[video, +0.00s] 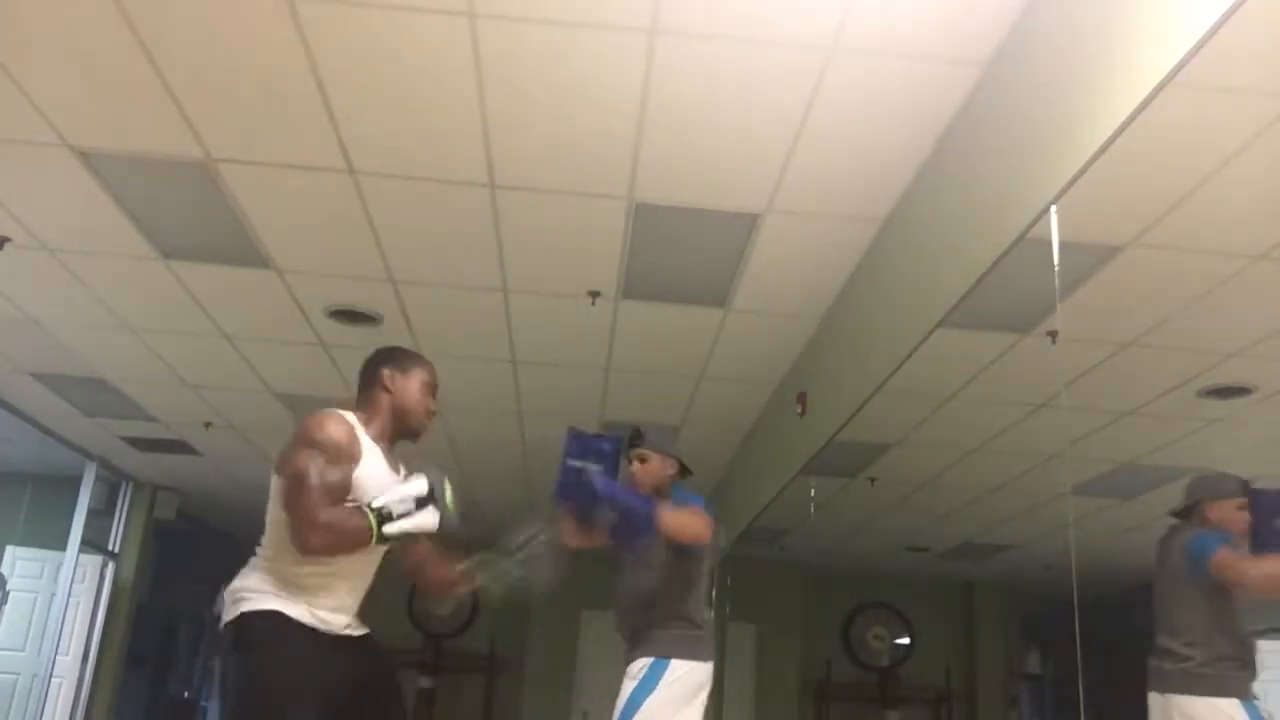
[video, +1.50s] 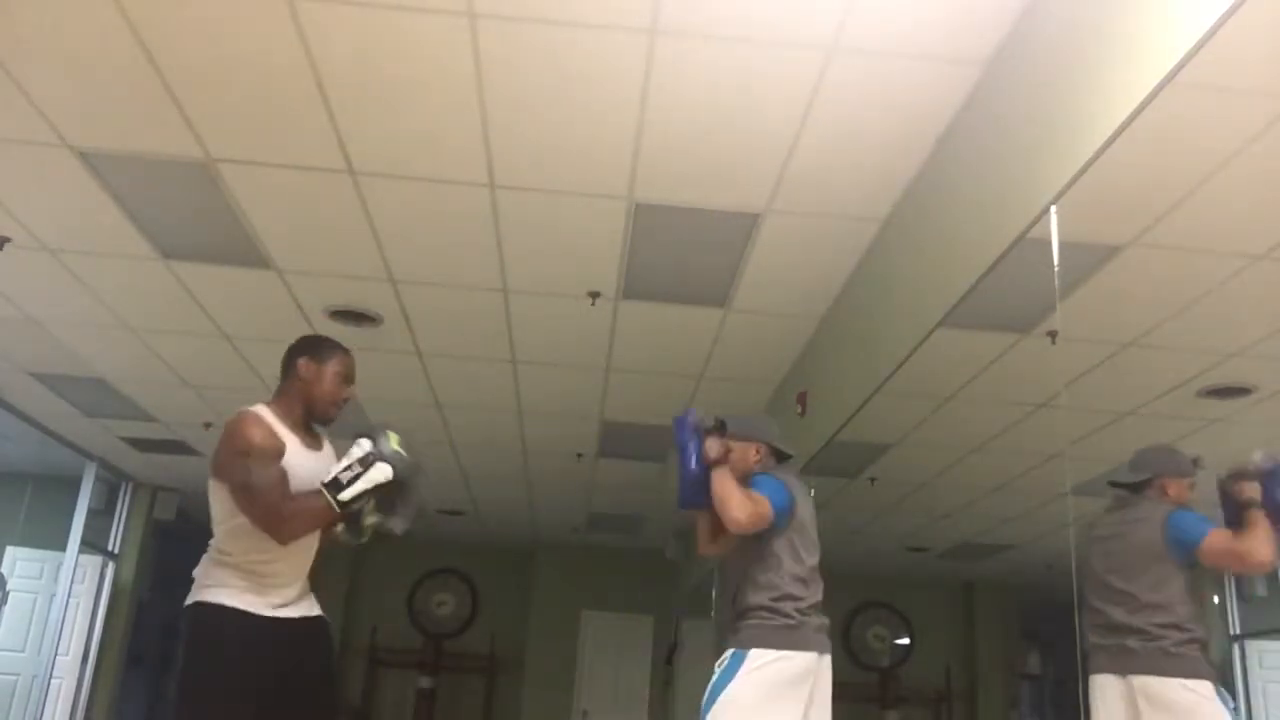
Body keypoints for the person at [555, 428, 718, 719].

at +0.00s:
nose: (632, 469)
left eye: (642, 460)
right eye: (630, 461)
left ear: (670, 467)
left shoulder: (685, 502)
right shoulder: (635, 514)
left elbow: (700, 531)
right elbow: (575, 538)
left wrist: (626, 500)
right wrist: (573, 490)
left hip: (674, 655)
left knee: (632, 713)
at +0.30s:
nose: (661, 474)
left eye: (671, 466)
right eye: (658, 467)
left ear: (699, 472)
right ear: (654, 472)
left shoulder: (714, 514)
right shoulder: (668, 524)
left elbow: (742, 577)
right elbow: (611, 557)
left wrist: (676, 602)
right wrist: (611, 497)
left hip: (704, 659)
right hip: (675, 656)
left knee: (668, 713)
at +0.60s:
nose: (661, 469)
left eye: (671, 460)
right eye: (659, 462)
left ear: (700, 466)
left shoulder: (715, 508)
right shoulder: (674, 517)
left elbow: (737, 579)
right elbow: (616, 553)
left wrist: (685, 637)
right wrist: (617, 489)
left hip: (711, 659)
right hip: (680, 658)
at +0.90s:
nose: (646, 464)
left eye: (655, 454)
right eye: (646, 456)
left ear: (688, 457)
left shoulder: (701, 495)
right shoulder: (676, 505)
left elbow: (716, 568)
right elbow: (623, 547)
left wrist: (675, 636)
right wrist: (617, 481)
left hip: (725, 655)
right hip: (699, 653)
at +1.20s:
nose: (692, 464)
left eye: (701, 455)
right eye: (692, 456)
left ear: (733, 460)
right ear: (732, 462)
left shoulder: (739, 499)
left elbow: (745, 574)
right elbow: (671, 549)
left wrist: (690, 628)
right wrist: (666, 483)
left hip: (745, 658)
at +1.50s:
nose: (723, 457)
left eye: (730, 448)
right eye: (723, 449)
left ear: (757, 452)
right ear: (756, 453)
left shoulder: (775, 484)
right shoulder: (793, 487)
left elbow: (741, 517)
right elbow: (709, 544)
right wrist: (703, 476)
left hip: (769, 647)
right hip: (808, 648)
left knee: (725, 712)